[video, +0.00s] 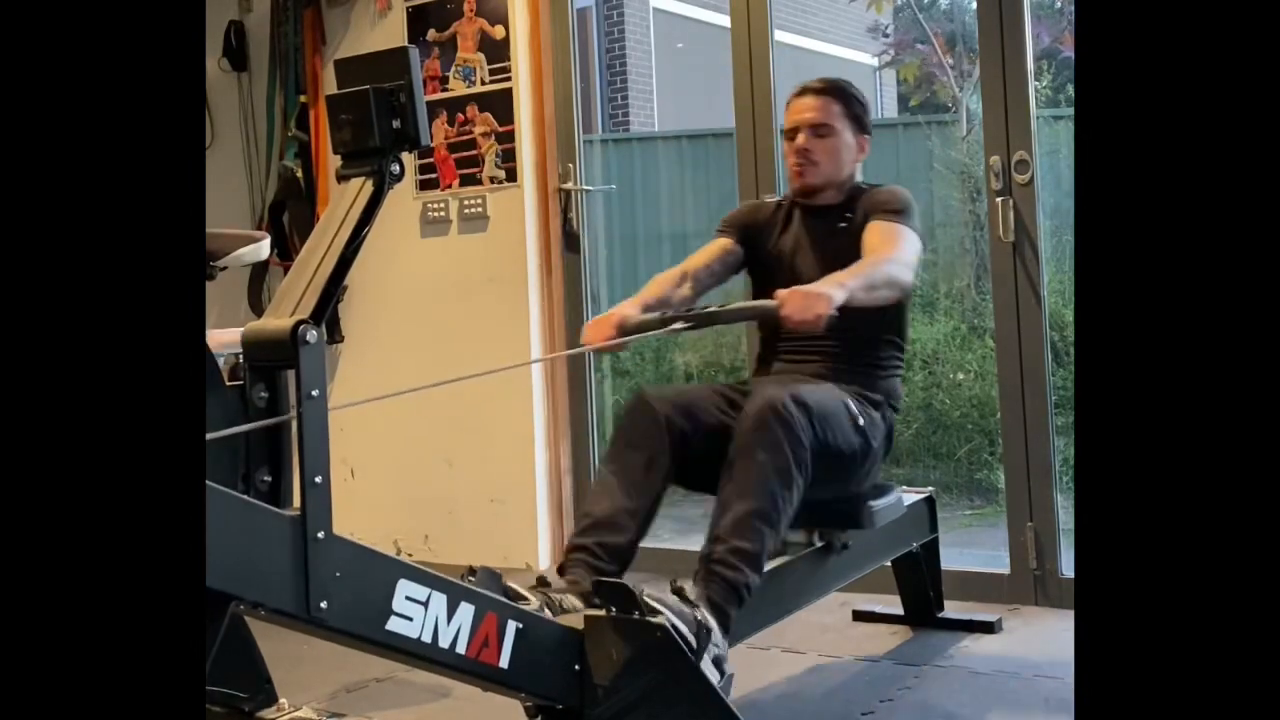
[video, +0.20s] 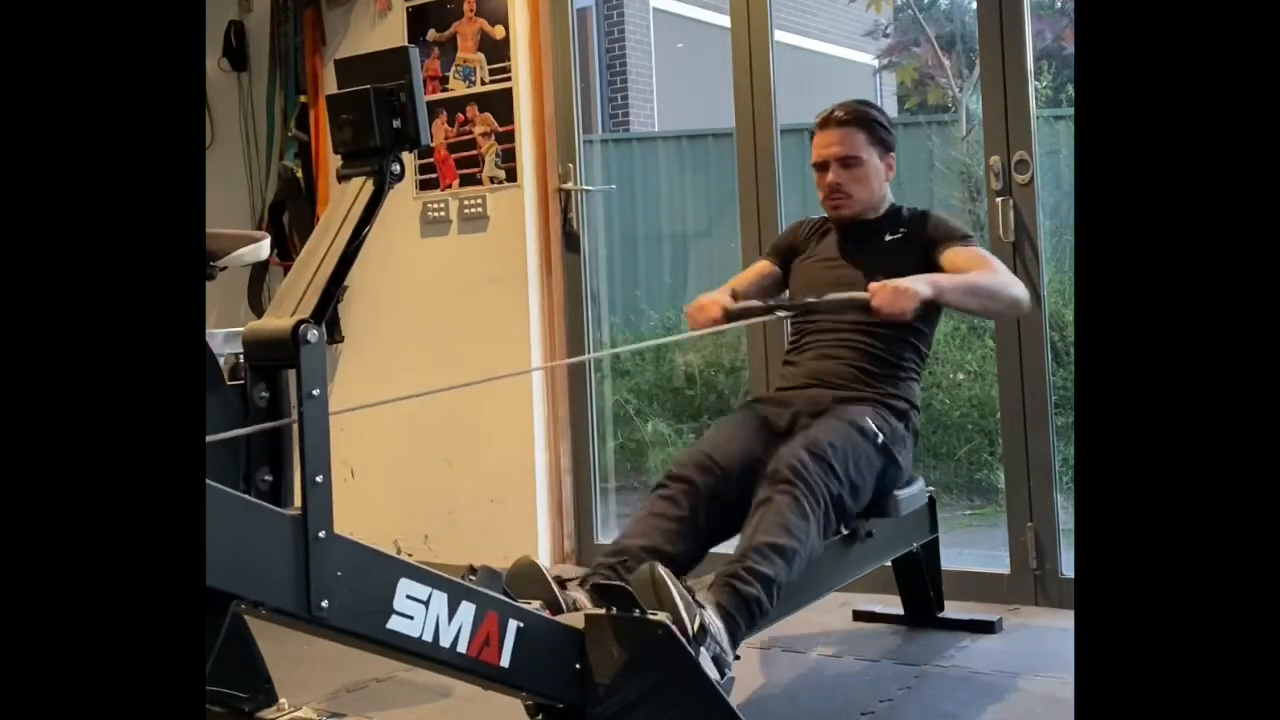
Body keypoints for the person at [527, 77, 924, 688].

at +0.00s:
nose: (799, 145)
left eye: (819, 132)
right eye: (791, 134)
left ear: (861, 146)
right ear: (781, 144)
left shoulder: (884, 208)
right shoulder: (759, 219)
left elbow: (894, 268)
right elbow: (688, 278)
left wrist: (835, 288)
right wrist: (629, 309)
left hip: (854, 414)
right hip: (758, 403)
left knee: (777, 406)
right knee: (653, 410)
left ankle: (710, 614)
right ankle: (578, 586)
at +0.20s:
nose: (830, 178)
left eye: (846, 163)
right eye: (821, 166)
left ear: (887, 165)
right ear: (813, 170)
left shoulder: (925, 233)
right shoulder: (804, 238)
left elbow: (1012, 295)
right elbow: (742, 291)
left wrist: (928, 287)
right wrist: (712, 302)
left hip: (869, 410)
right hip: (779, 407)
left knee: (797, 470)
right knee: (696, 472)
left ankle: (719, 625)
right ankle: (595, 594)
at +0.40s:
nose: (788, 167)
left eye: (806, 151)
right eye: (778, 154)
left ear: (850, 154)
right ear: (770, 160)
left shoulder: (900, 229)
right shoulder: (766, 240)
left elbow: (1010, 292)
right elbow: (710, 302)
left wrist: (906, 280)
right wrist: (689, 307)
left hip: (854, 444)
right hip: (759, 434)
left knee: (768, 396)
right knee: (662, 394)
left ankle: (718, 619)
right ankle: (592, 585)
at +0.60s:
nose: (722, 140)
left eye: (742, 124)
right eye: (714, 127)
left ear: (791, 136)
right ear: (705, 136)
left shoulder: (825, 205)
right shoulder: (694, 223)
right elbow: (604, 272)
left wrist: (756, 278)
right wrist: (538, 299)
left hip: (808, 472)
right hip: (714, 471)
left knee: (738, 343)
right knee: (609, 346)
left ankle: (707, 592)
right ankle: (579, 571)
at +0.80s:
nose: (642, 140)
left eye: (667, 121)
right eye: (635, 124)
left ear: (722, 135)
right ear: (627, 134)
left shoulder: (766, 208)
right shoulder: (622, 226)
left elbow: (737, 267)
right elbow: (527, 284)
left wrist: (649, 322)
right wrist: (422, 341)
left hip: (766, 476)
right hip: (667, 475)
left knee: (708, 324)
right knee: (572, 313)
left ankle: (695, 575)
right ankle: (574, 560)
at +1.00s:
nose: (673, 134)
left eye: (696, 118)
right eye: (665, 120)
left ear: (747, 133)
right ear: (656, 133)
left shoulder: (787, 200)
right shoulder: (645, 220)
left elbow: (773, 263)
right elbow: (554, 278)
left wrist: (691, 310)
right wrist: (460, 330)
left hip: (774, 467)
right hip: (680, 465)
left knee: (717, 330)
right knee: (584, 314)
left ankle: (699, 575)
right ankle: (575, 560)